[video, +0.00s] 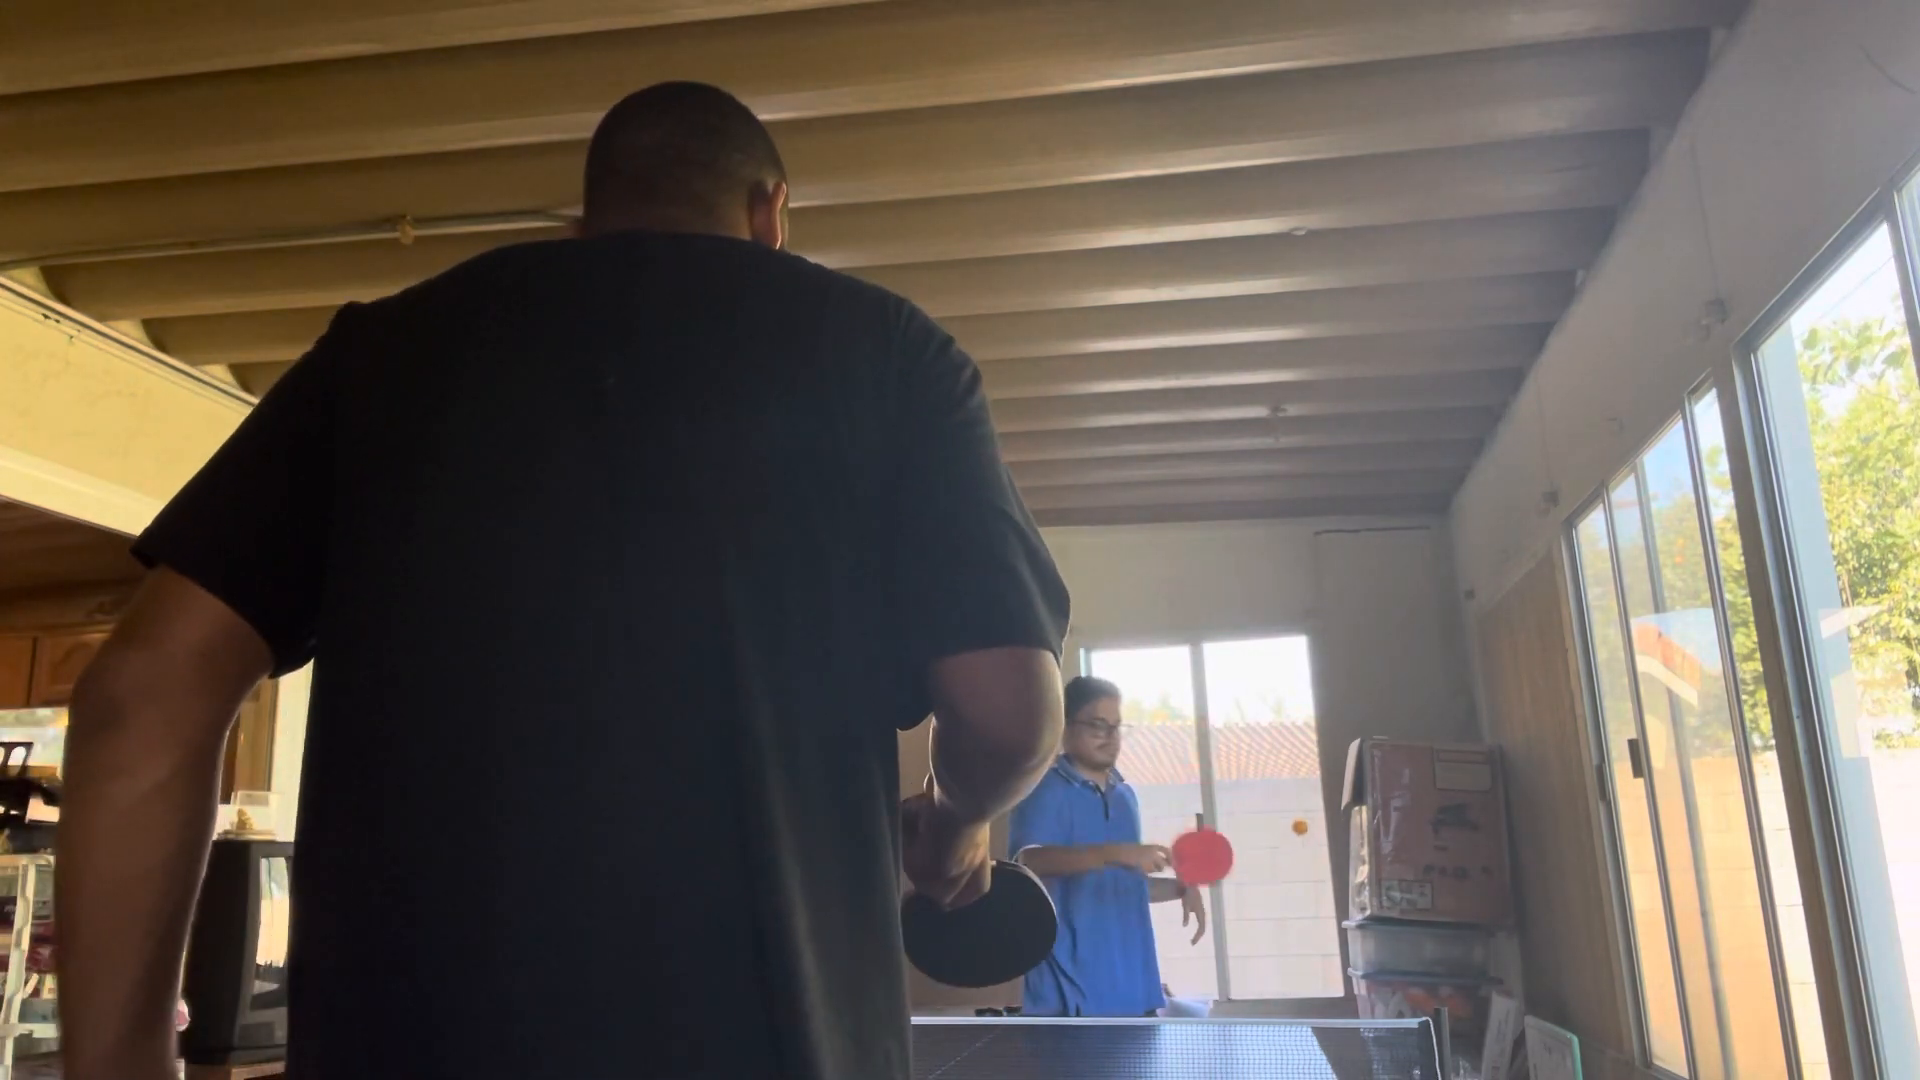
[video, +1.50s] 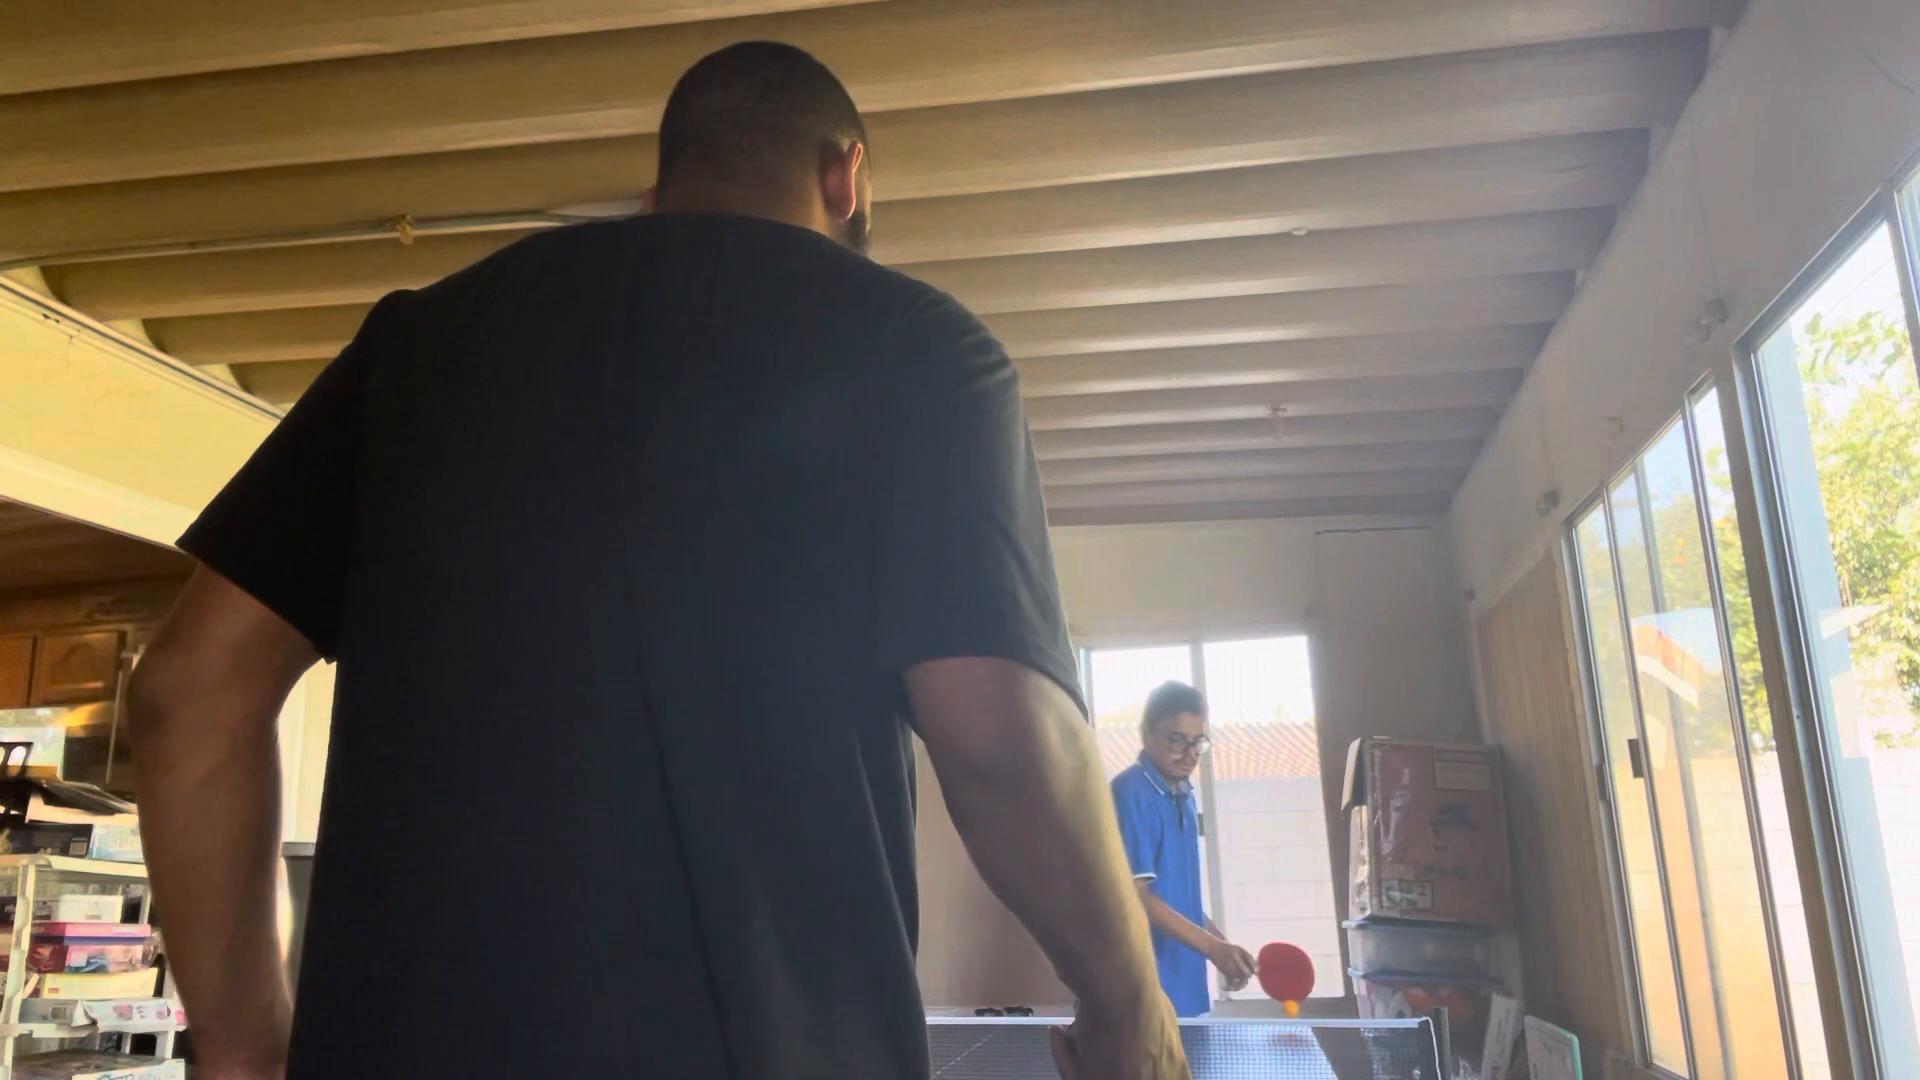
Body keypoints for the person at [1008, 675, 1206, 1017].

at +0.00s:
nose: (1109, 737)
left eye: (1115, 727)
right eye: (1096, 726)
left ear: (1121, 728)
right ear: (1064, 728)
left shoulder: (1123, 796)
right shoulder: (1046, 789)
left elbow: (1119, 888)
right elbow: (1027, 859)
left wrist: (1179, 888)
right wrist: (1119, 853)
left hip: (1130, 988)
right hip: (1066, 994)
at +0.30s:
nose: (1153, 740)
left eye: (1156, 731)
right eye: (1140, 730)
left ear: (1160, 734)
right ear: (1104, 734)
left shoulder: (1123, 790)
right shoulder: (1102, 787)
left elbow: (1126, 885)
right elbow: (1178, 863)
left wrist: (1193, 899)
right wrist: (1280, 878)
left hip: (1112, 987)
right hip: (1081, 991)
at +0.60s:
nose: (1158, 734)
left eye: (1165, 724)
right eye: (1143, 722)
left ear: (1172, 731)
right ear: (1115, 729)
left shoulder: (1159, 791)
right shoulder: (1107, 789)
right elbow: (1113, 876)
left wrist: (1189, 933)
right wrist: (1189, 859)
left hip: (1171, 980)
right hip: (1118, 984)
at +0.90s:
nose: (1166, 737)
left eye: (1174, 727)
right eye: (1152, 725)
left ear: (1182, 733)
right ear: (1125, 731)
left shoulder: (1175, 794)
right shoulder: (1113, 793)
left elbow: (1188, 891)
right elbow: (1108, 885)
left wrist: (1239, 937)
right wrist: (1174, 897)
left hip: (1195, 986)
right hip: (1147, 990)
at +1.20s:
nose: (1183, 745)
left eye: (1191, 735)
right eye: (1169, 733)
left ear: (1198, 736)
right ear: (1141, 733)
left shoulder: (1179, 794)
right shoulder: (1127, 792)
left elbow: (1186, 888)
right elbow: (1120, 884)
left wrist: (1215, 959)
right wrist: (1210, 920)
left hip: (1192, 992)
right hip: (1150, 997)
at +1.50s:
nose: (1189, 752)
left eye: (1198, 741)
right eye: (1176, 739)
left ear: (1205, 739)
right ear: (1147, 735)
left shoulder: (1181, 793)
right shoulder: (1131, 792)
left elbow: (1179, 894)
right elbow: (1135, 895)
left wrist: (1219, 946)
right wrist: (1214, 949)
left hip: (1188, 991)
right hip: (1152, 995)